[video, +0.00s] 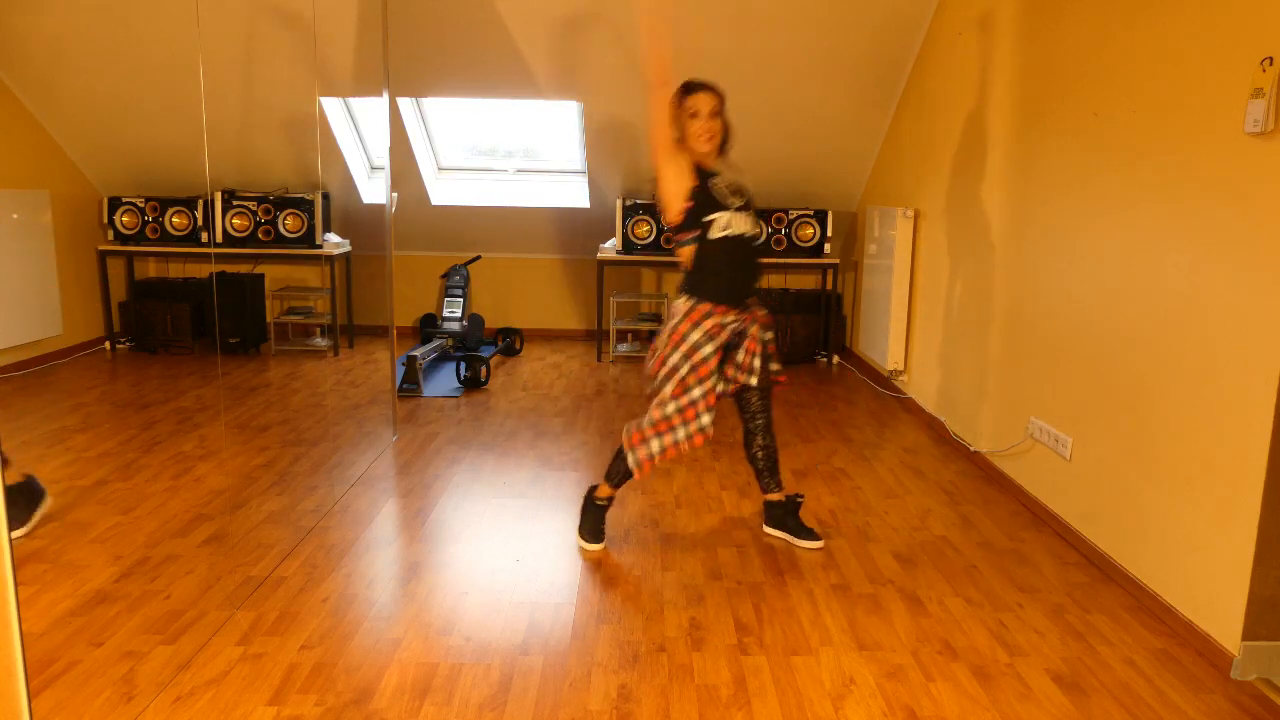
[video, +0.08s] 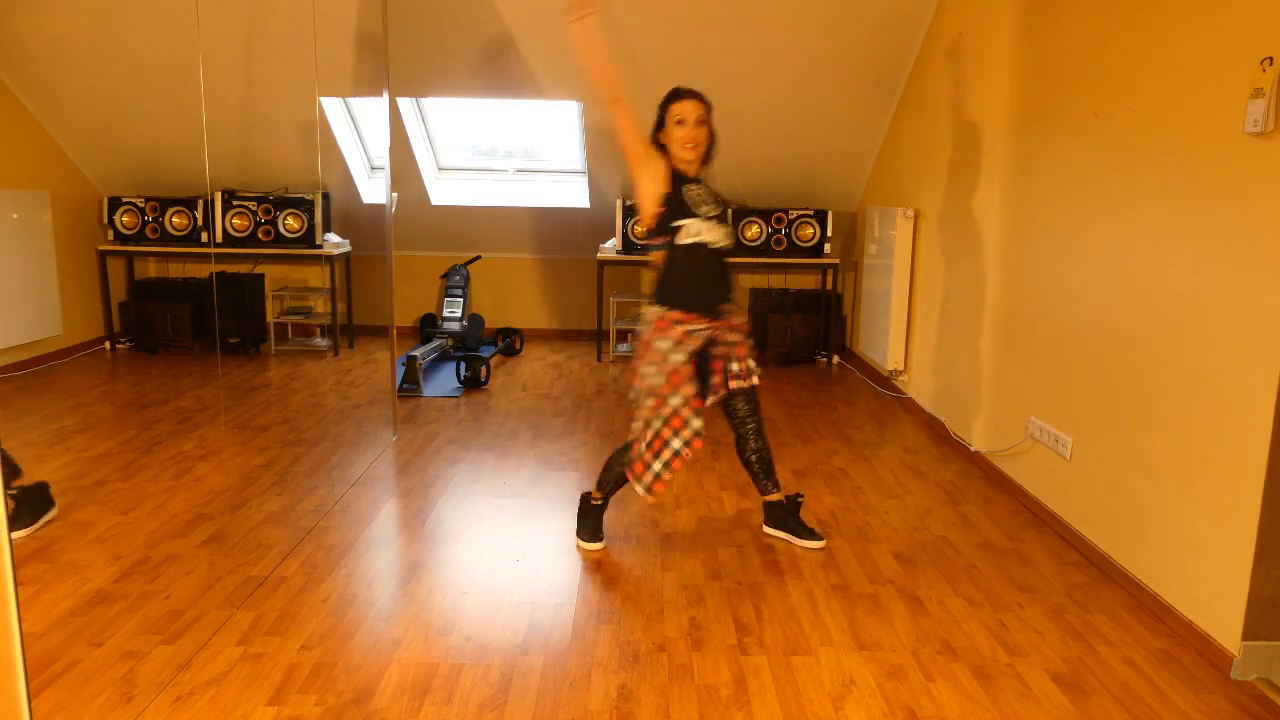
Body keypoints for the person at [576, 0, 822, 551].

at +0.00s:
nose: (707, 124)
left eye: (714, 115)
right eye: (696, 116)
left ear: (724, 123)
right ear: (676, 124)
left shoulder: (727, 181)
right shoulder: (678, 178)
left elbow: (726, 250)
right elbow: (660, 85)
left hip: (740, 317)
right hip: (696, 317)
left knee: (757, 414)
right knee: (672, 419)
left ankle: (777, 506)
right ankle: (599, 498)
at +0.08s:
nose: (691, 132)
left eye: (700, 123)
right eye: (680, 123)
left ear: (710, 133)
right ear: (661, 133)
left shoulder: (710, 195)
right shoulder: (654, 181)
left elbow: (708, 262)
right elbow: (615, 104)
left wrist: (725, 309)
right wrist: (584, 27)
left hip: (723, 323)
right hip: (672, 324)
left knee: (747, 414)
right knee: (650, 435)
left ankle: (776, 506)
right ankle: (595, 499)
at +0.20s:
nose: (673, 138)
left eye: (682, 129)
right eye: (662, 129)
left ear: (692, 138)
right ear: (645, 138)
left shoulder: (698, 204)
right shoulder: (626, 174)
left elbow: (688, 269)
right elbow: (567, 139)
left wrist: (685, 323)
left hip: (680, 328)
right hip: (629, 327)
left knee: (735, 411)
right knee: (628, 439)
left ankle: (739, 503)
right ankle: (590, 508)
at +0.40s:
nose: (654, 139)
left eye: (663, 130)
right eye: (643, 131)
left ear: (676, 141)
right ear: (628, 143)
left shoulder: (691, 210)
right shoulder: (608, 197)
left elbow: (686, 280)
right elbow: (558, 244)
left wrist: (680, 340)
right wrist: (505, 286)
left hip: (645, 337)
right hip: (591, 326)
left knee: (640, 433)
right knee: (596, 423)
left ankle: (613, 495)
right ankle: (588, 501)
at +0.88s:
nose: (648, 103)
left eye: (658, 95)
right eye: (641, 95)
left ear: (674, 109)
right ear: (629, 109)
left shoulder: (680, 156)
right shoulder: (634, 173)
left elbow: (658, 68)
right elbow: (631, 249)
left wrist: (634, 12)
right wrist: (618, 304)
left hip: (686, 303)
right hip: (641, 308)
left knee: (722, 407)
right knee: (627, 409)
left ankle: (768, 498)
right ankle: (607, 508)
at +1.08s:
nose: (680, 125)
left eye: (690, 119)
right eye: (671, 117)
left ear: (705, 132)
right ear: (656, 130)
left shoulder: (725, 162)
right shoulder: (656, 203)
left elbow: (762, 84)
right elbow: (651, 266)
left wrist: (792, 18)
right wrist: (636, 313)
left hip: (757, 315)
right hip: (695, 321)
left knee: (766, 419)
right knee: (650, 412)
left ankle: (771, 506)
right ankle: (609, 507)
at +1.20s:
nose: (701, 135)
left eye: (710, 129)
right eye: (690, 129)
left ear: (722, 141)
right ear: (675, 143)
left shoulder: (744, 171)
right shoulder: (670, 215)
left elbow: (801, 132)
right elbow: (653, 273)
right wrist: (633, 319)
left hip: (782, 319)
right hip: (724, 327)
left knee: (786, 424)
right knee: (704, 427)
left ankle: (773, 507)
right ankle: (645, 481)